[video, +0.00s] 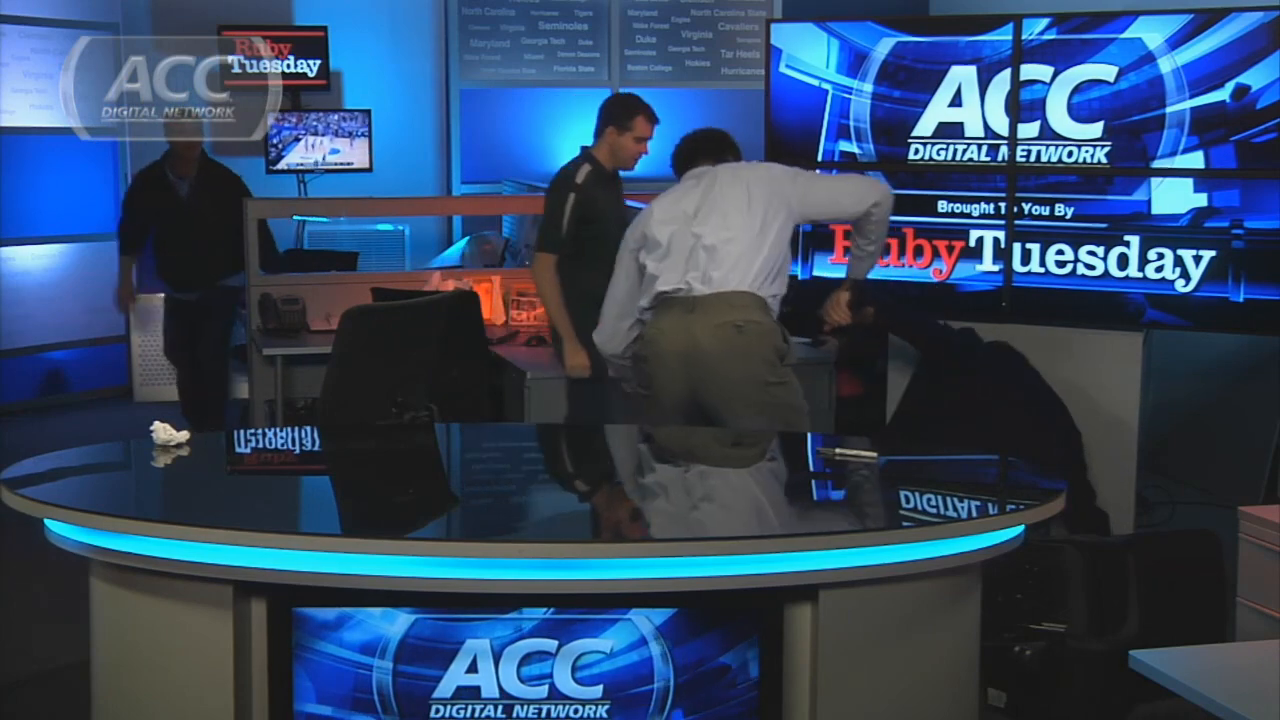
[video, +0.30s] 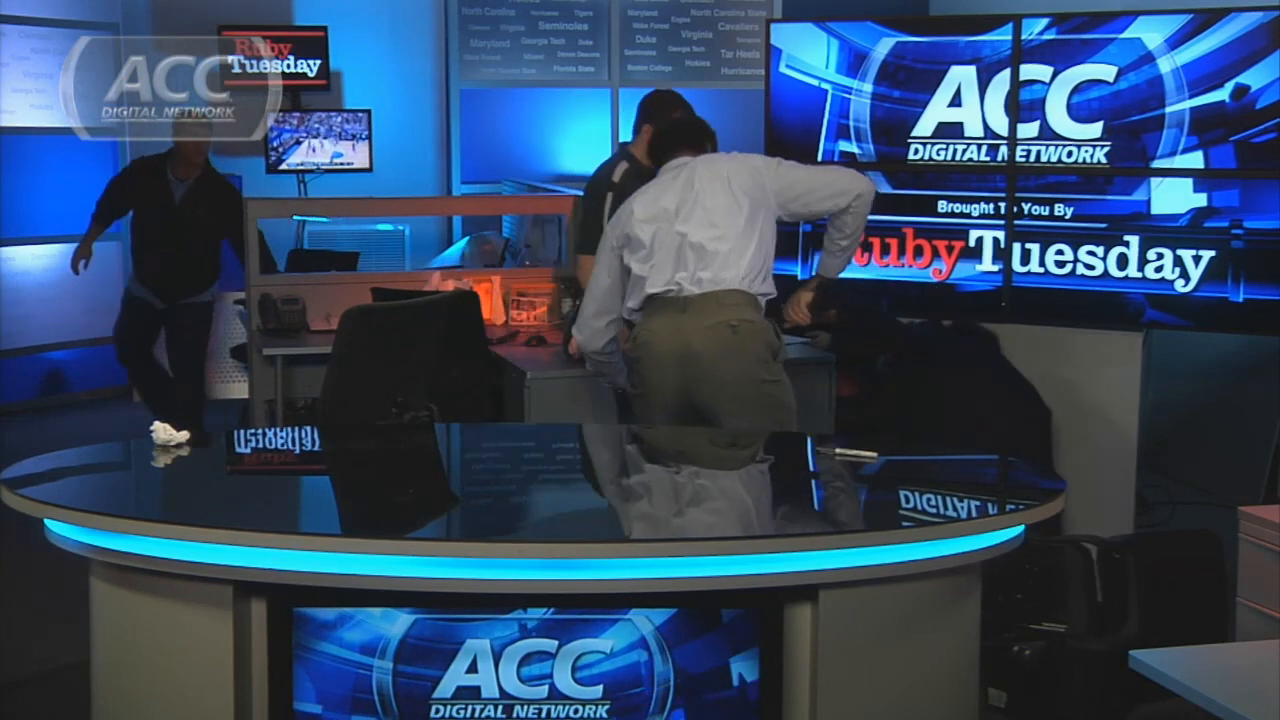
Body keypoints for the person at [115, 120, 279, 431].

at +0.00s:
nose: (188, 141)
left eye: (193, 134)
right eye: (180, 135)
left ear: (202, 138)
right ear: (169, 138)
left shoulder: (224, 181)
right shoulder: (147, 182)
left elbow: (257, 230)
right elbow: (130, 234)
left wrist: (274, 279)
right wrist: (126, 282)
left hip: (222, 286)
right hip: (177, 288)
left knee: (212, 359)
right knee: (179, 354)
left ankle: (212, 430)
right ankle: (195, 425)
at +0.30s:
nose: (198, 146)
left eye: (203, 139)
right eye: (191, 138)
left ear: (210, 143)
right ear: (176, 140)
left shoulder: (222, 192)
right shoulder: (143, 173)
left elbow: (249, 243)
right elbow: (111, 205)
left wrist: (271, 287)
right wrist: (87, 241)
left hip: (194, 293)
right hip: (145, 289)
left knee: (188, 367)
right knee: (129, 348)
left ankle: (191, 437)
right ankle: (173, 416)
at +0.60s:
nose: (183, 139)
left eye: (187, 131)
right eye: (175, 131)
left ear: (194, 136)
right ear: (159, 133)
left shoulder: (210, 182)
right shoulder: (125, 172)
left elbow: (229, 236)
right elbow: (99, 209)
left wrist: (236, 283)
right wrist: (88, 254)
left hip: (183, 301)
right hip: (128, 296)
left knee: (188, 382)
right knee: (118, 379)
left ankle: (187, 457)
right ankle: (111, 455)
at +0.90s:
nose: (151, 133)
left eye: (156, 125)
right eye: (142, 125)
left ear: (165, 129)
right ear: (128, 130)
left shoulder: (191, 178)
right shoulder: (101, 180)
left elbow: (212, 229)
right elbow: (76, 230)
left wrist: (211, 275)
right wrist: (63, 280)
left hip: (177, 306)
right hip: (120, 307)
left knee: (188, 389)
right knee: (116, 392)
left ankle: (193, 467)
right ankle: (121, 468)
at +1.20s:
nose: (169, 135)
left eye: (171, 127)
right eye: (159, 128)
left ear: (178, 133)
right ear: (140, 134)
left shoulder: (201, 184)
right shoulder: (108, 183)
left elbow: (221, 238)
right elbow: (82, 230)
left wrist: (220, 286)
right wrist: (74, 278)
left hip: (181, 316)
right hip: (122, 314)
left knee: (180, 405)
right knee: (117, 404)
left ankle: (183, 480)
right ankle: (120, 478)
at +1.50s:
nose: (186, 130)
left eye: (189, 122)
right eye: (176, 122)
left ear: (198, 130)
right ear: (158, 129)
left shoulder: (219, 186)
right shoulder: (124, 179)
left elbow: (237, 243)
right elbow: (94, 233)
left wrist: (239, 288)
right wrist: (87, 286)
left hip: (190, 322)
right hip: (130, 317)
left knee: (188, 414)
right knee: (121, 410)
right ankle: (120, 487)